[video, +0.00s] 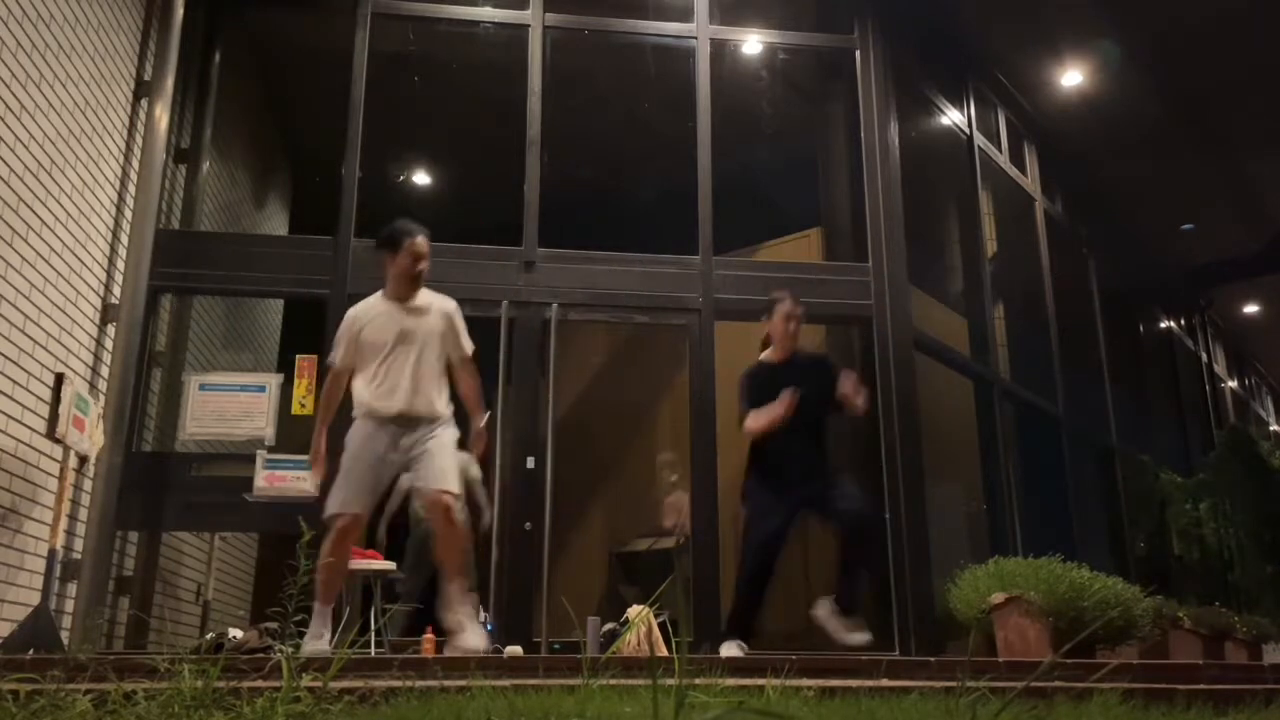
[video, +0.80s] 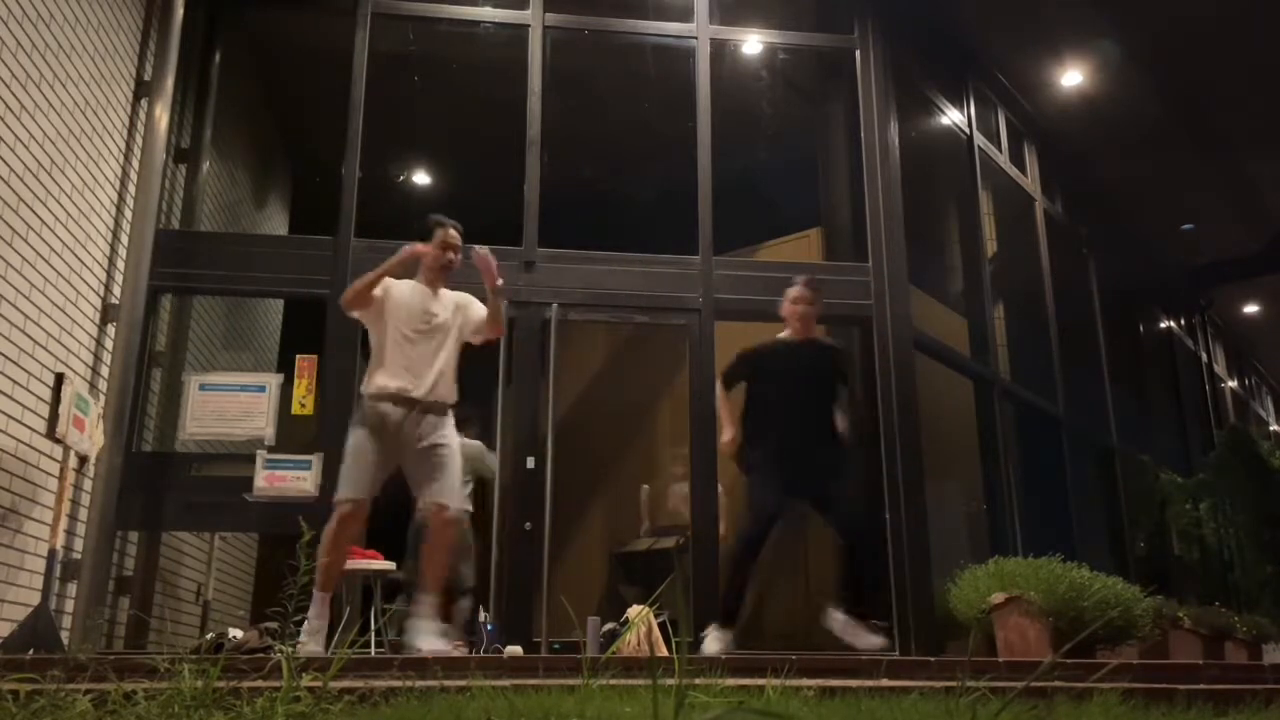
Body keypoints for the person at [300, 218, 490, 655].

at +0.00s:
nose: (422, 267)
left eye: (426, 259)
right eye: (414, 259)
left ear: (430, 262)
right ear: (389, 259)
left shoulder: (444, 311)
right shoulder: (360, 316)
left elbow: (463, 367)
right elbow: (336, 379)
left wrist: (479, 418)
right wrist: (319, 439)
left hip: (433, 429)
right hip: (373, 429)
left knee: (445, 506)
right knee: (345, 522)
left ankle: (459, 613)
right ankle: (320, 626)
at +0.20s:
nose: (458, 254)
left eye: (462, 246)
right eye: (451, 245)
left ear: (464, 250)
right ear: (425, 246)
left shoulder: (476, 298)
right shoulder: (392, 296)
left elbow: (495, 334)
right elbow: (361, 339)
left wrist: (519, 367)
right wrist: (339, 383)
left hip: (465, 414)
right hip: (408, 413)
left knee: (479, 512)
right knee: (402, 508)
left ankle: (491, 619)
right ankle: (385, 613)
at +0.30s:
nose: (475, 266)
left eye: (478, 259)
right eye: (467, 258)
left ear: (479, 263)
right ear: (439, 259)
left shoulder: (486, 312)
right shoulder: (403, 308)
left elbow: (506, 359)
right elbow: (368, 353)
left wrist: (534, 398)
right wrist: (346, 400)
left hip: (473, 429)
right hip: (417, 427)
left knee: (486, 519)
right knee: (434, 512)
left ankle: (493, 623)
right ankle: (433, 615)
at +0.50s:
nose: (486, 288)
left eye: (489, 281)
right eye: (477, 280)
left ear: (491, 291)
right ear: (451, 286)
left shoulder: (496, 345)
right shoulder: (417, 335)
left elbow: (514, 403)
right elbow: (376, 391)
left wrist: (532, 430)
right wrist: (392, 429)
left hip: (478, 455)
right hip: (420, 452)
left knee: (491, 535)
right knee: (419, 517)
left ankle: (493, 632)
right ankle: (432, 619)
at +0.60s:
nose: (476, 276)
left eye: (481, 270)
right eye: (468, 267)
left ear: (483, 277)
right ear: (443, 270)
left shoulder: (488, 327)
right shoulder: (410, 316)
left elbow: (516, 379)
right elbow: (371, 353)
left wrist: (519, 340)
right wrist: (410, 355)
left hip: (467, 441)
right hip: (408, 435)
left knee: (482, 530)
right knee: (382, 503)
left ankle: (492, 631)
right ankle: (382, 604)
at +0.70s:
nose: (464, 262)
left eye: (468, 255)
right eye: (457, 253)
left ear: (470, 262)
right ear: (435, 254)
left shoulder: (473, 308)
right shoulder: (403, 295)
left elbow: (508, 340)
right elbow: (363, 311)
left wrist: (505, 293)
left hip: (448, 422)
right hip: (391, 416)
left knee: (464, 521)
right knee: (363, 511)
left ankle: (476, 626)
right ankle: (323, 617)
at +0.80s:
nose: (452, 256)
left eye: (457, 251)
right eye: (445, 248)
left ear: (459, 257)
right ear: (423, 249)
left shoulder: (461, 303)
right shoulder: (392, 290)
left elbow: (494, 329)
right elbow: (348, 302)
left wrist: (491, 283)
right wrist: (396, 261)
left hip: (434, 419)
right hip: (379, 412)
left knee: (446, 515)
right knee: (347, 513)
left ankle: (424, 626)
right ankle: (316, 620)